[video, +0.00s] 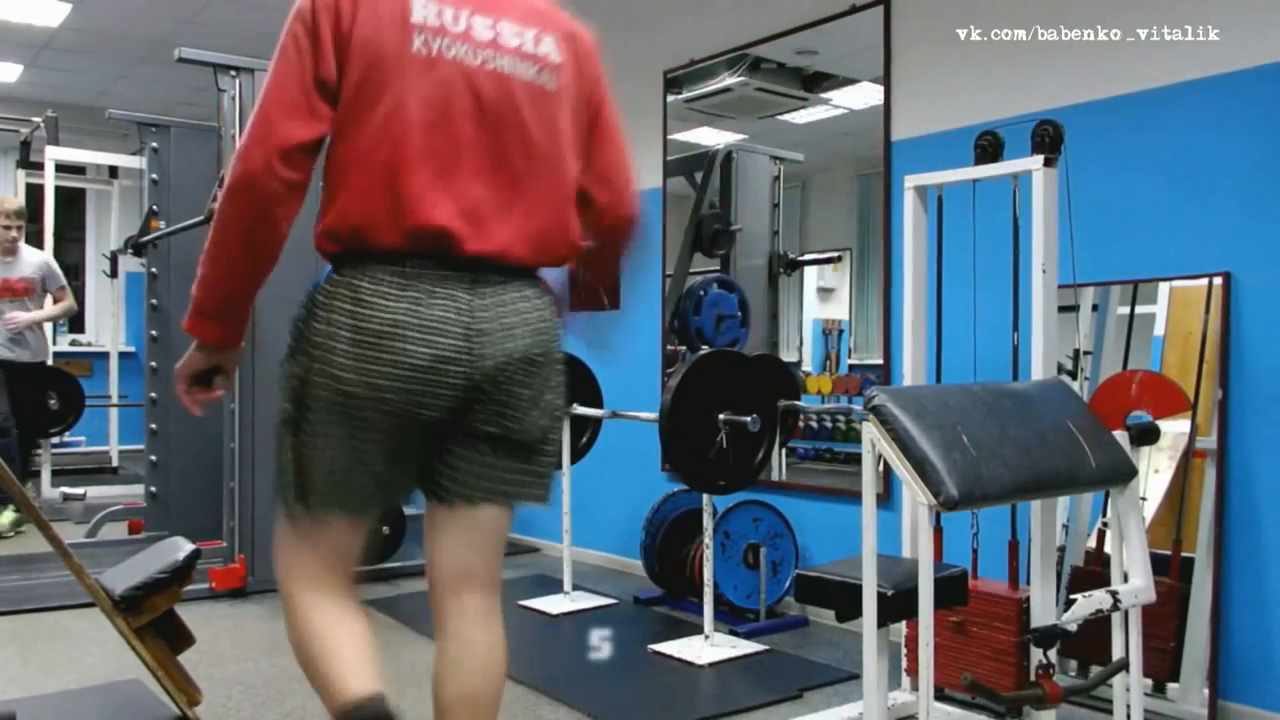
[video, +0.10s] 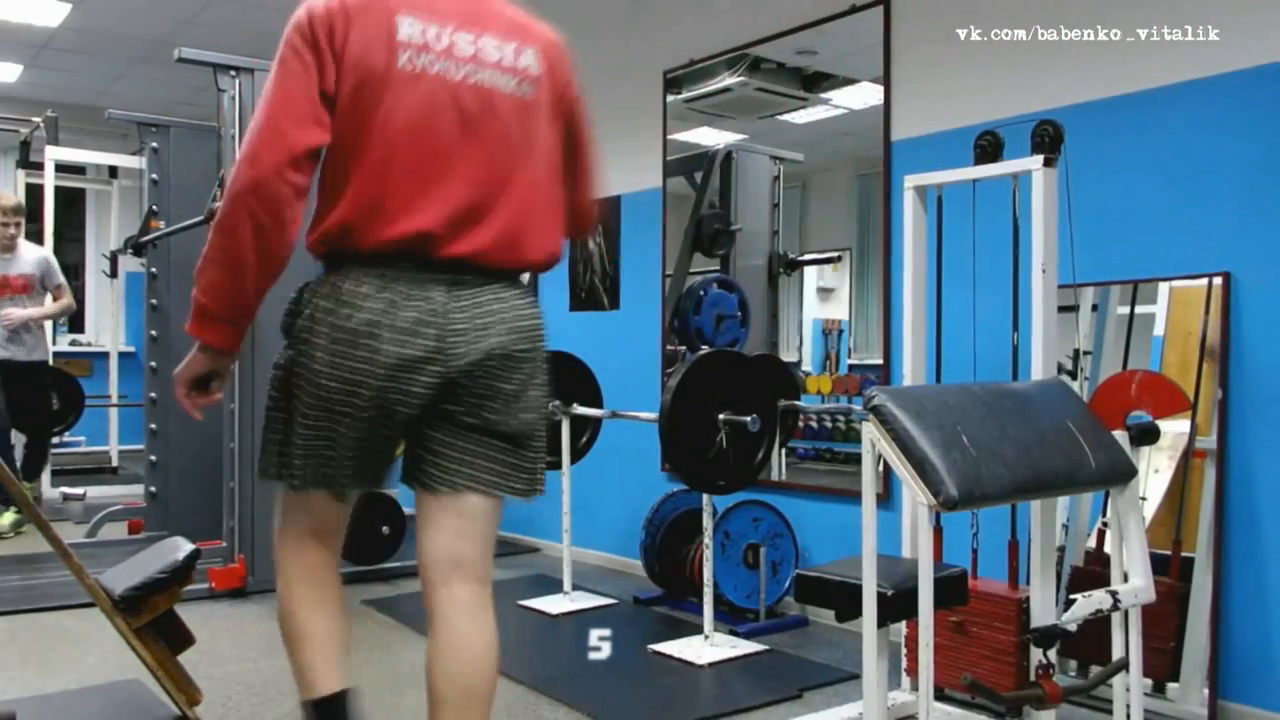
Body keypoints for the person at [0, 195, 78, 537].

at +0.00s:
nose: (11, 233)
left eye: (17, 227)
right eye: (6, 227)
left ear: (24, 229)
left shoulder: (40, 261)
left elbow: (69, 303)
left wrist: (32, 317)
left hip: (30, 362)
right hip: (3, 359)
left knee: (25, 432)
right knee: (5, 428)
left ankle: (18, 504)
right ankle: (9, 503)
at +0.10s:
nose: (10, 230)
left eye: (15, 224)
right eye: (4, 224)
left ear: (23, 225)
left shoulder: (39, 257)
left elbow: (67, 302)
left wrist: (27, 313)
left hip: (30, 360)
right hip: (1, 359)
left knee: (38, 428)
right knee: (2, 432)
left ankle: (28, 484)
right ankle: (8, 504)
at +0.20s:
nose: (10, 222)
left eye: (16, 216)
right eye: (5, 216)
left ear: (24, 216)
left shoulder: (40, 249)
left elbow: (69, 296)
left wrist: (27, 305)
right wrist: (10, 308)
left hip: (29, 350)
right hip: (1, 351)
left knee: (33, 416)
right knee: (2, 429)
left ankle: (36, 485)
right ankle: (9, 503)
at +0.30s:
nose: (12, 217)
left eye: (18, 210)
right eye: (6, 210)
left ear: (25, 211)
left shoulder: (40, 245)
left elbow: (69, 294)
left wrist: (33, 292)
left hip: (27, 342)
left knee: (28, 413)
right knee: (2, 426)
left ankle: (34, 500)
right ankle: (9, 504)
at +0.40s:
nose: (15, 217)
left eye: (20, 211)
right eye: (9, 210)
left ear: (26, 213)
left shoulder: (39, 247)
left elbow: (67, 300)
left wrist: (34, 279)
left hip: (24, 347)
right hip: (4, 349)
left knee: (26, 421)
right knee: (7, 429)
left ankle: (22, 509)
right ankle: (7, 508)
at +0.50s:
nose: (19, 220)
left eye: (24, 214)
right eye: (12, 213)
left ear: (30, 216)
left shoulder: (38, 248)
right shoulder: (3, 248)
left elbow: (61, 300)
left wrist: (33, 265)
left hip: (22, 350)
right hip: (5, 351)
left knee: (19, 428)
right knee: (10, 433)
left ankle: (14, 517)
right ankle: (8, 518)